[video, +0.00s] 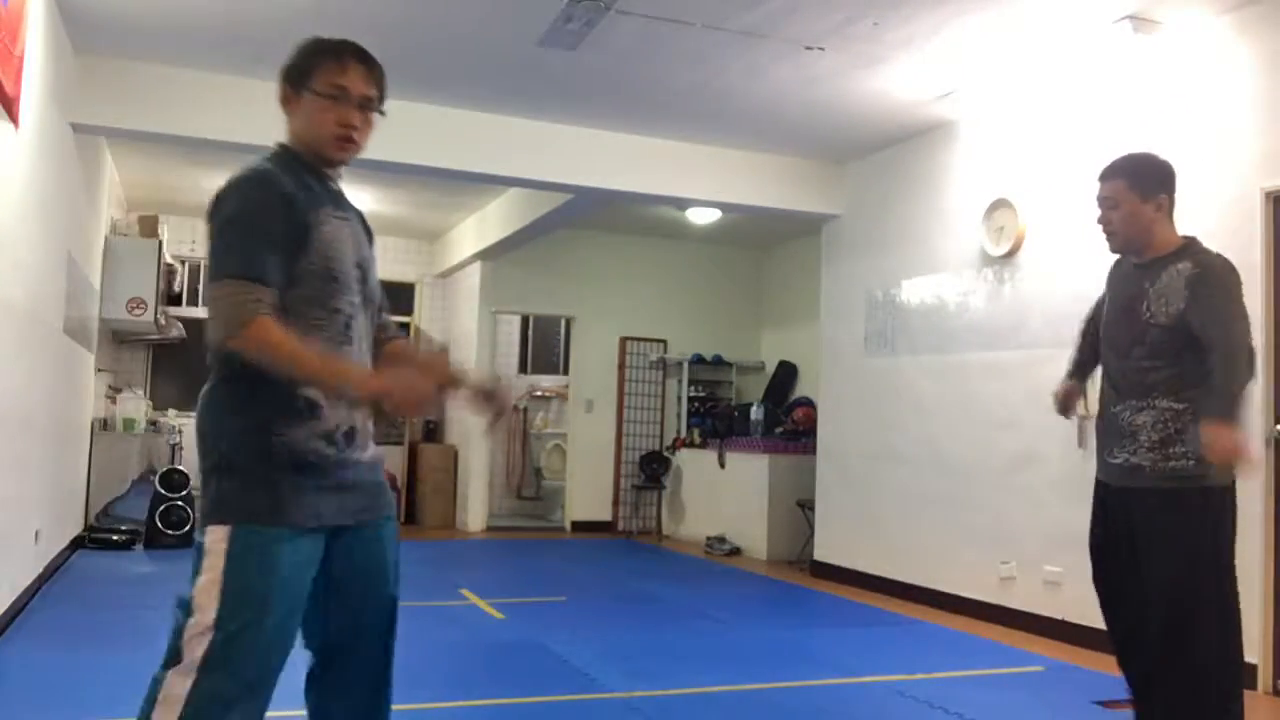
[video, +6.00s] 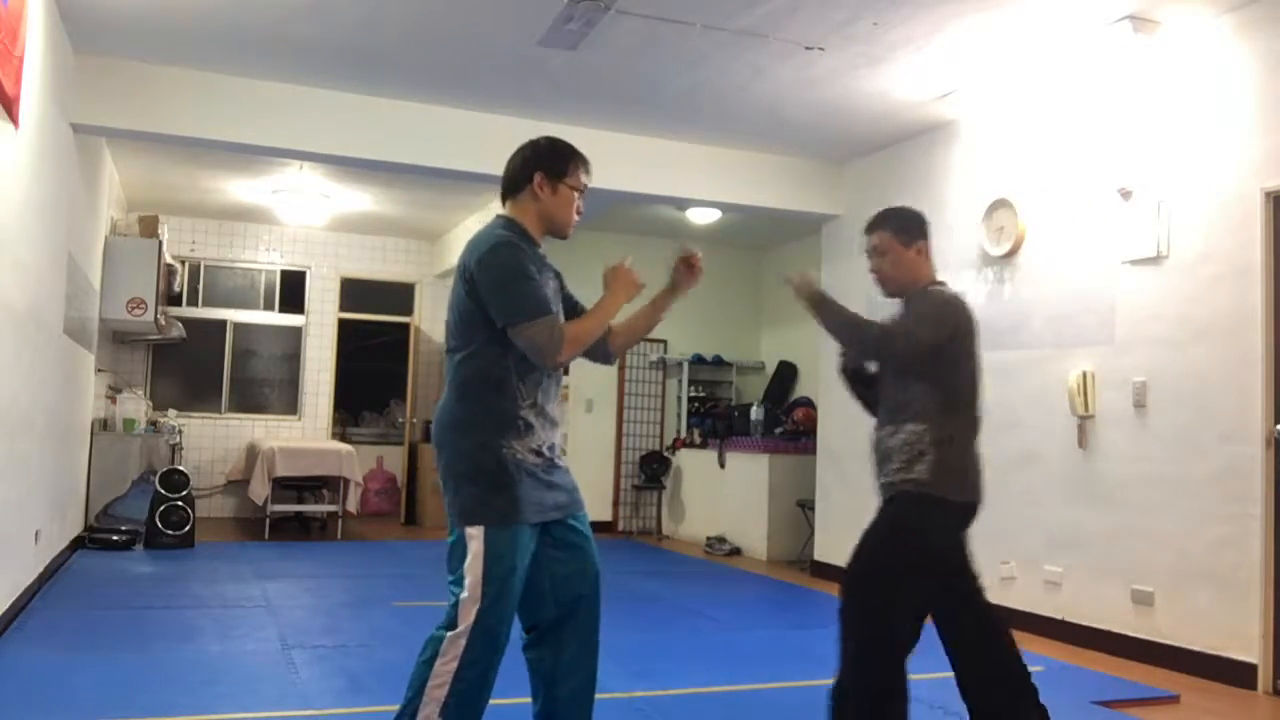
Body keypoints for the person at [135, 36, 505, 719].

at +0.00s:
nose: (353, 118)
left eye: (367, 107)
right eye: (336, 98)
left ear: (376, 122)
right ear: (290, 101)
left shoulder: (352, 219)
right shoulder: (257, 192)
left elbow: (376, 339)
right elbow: (238, 323)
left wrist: (464, 386)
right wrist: (368, 383)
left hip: (353, 478)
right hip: (265, 477)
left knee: (357, 672)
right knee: (220, 678)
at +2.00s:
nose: (478, 162)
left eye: (490, 151)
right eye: (463, 147)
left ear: (500, 162)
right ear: (428, 150)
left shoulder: (486, 249)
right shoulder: (396, 226)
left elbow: (504, 353)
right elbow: (377, 337)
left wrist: (577, 338)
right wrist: (493, 333)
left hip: (473, 477)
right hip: (398, 475)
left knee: (467, 651)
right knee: (363, 652)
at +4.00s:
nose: (549, 200)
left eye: (552, 188)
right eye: (545, 184)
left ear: (506, 180)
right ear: (509, 175)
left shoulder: (494, 249)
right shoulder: (473, 242)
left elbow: (559, 346)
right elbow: (543, 337)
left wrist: (640, 310)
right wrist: (593, 289)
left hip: (518, 464)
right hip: (472, 465)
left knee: (566, 600)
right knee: (450, 627)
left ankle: (555, 715)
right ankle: (398, 718)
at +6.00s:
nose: (583, 204)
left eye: (585, 194)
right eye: (577, 190)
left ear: (540, 189)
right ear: (540, 184)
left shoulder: (540, 267)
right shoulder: (500, 249)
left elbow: (608, 344)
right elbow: (551, 347)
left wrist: (670, 292)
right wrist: (613, 296)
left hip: (541, 459)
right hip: (491, 460)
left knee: (571, 601)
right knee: (480, 619)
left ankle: (564, 715)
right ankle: (427, 716)